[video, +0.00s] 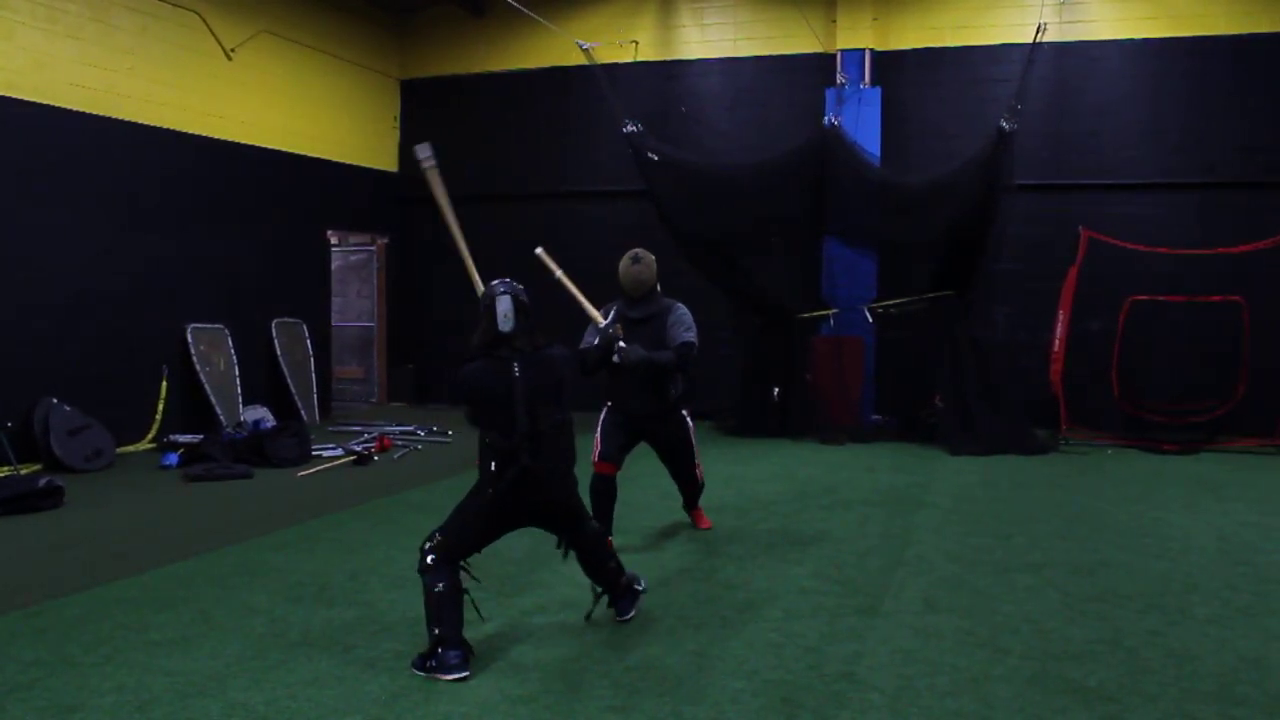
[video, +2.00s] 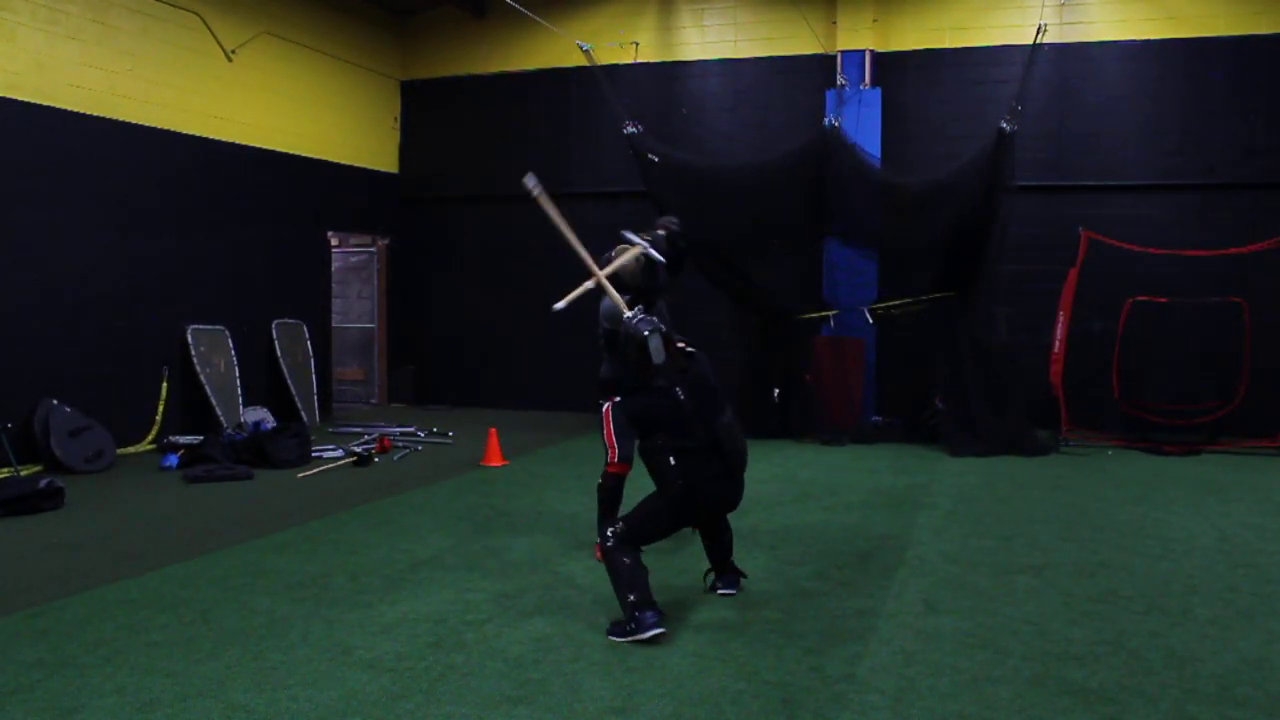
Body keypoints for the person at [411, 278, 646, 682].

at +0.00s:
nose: (505, 320)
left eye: (498, 312)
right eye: (508, 310)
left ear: (484, 321)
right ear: (530, 318)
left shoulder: (475, 371)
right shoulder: (556, 362)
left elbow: (473, 417)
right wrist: (602, 343)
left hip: (498, 494)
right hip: (554, 490)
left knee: (437, 553)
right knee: (585, 535)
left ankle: (448, 649)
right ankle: (623, 593)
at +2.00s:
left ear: (620, 363)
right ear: (662, 350)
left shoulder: (622, 403)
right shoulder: (692, 369)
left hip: (683, 495)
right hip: (728, 486)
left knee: (617, 538)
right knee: (703, 502)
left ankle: (641, 612)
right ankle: (727, 573)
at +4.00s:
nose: (863, 288)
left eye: (867, 281)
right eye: (865, 280)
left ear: (879, 284)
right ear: (902, 283)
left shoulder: (890, 325)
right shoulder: (911, 320)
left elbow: (878, 384)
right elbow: (900, 379)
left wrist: (849, 409)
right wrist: (858, 374)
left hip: (908, 435)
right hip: (918, 430)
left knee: (887, 523)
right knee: (893, 502)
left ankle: (907, 621)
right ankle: (900, 570)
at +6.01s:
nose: (897, 307)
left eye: (902, 301)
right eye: (896, 301)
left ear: (920, 303)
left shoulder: (948, 331)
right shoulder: (911, 333)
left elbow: (963, 378)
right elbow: (912, 372)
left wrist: (927, 403)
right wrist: (887, 382)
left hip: (964, 418)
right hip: (931, 417)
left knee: (975, 483)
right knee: (894, 471)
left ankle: (1000, 548)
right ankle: (880, 538)